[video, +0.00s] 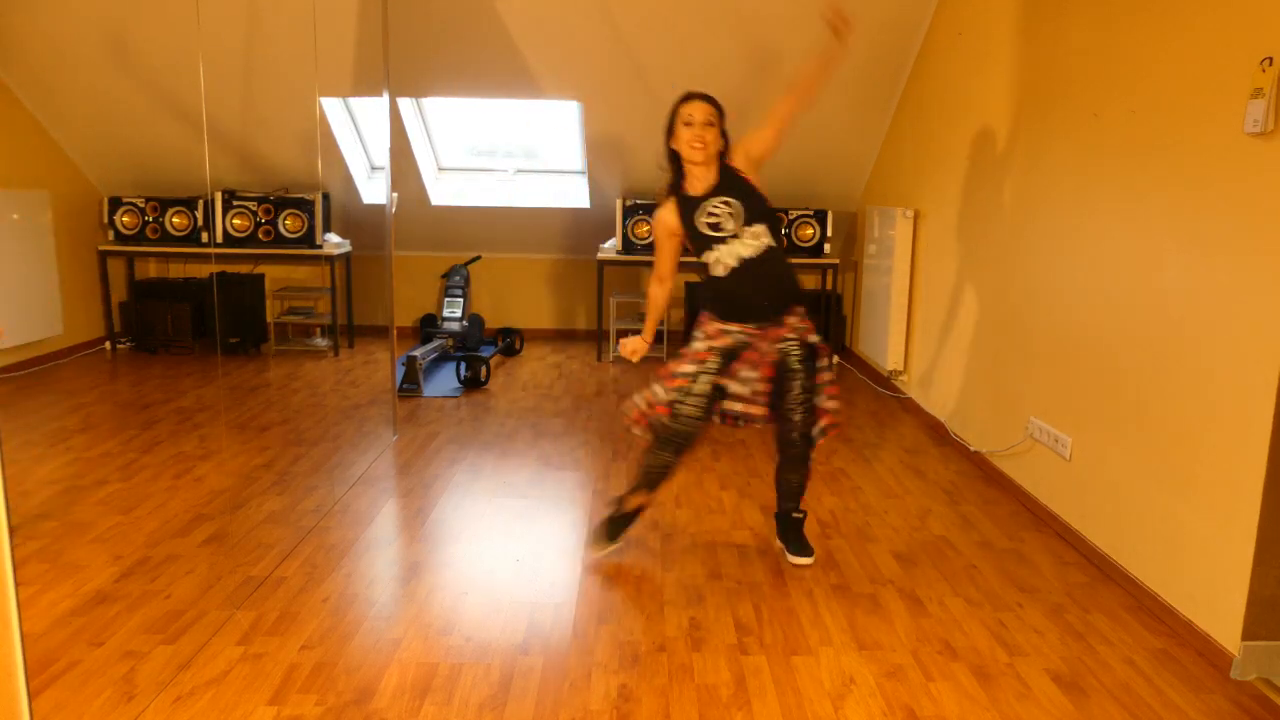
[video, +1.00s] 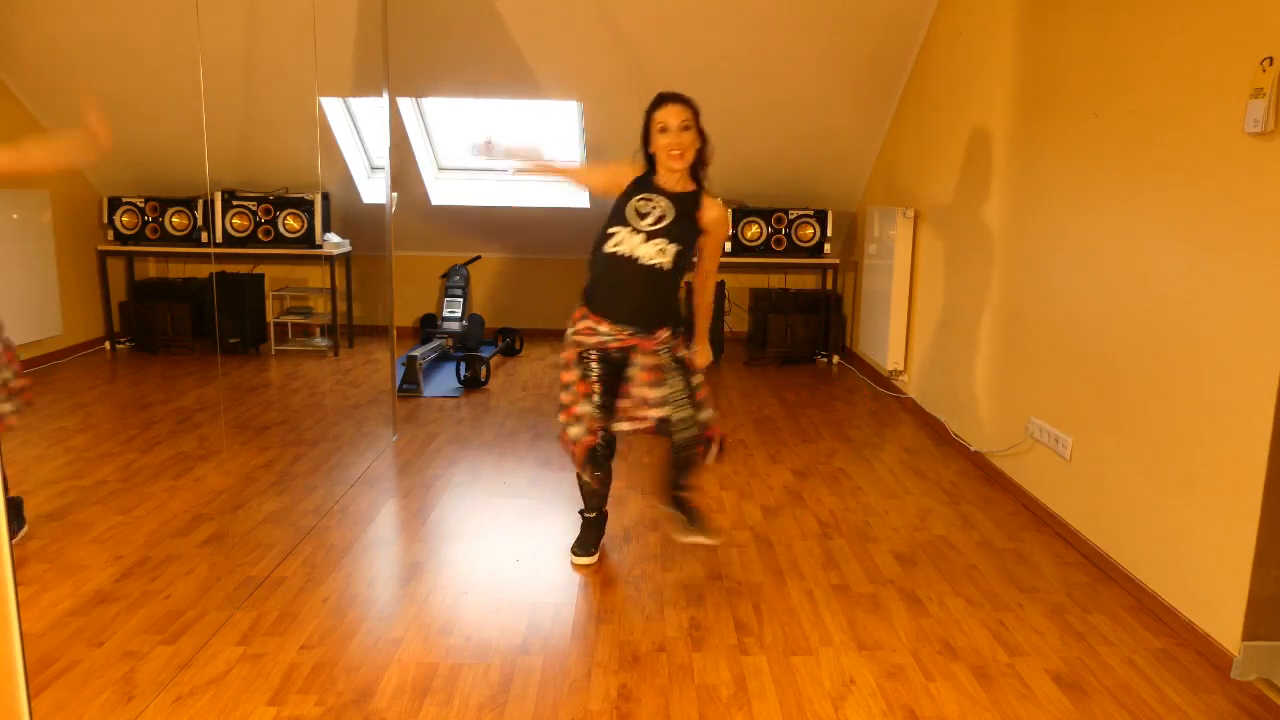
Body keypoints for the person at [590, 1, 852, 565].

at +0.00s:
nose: (699, 132)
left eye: (708, 124)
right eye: (689, 124)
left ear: (722, 135)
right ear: (672, 138)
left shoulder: (743, 166)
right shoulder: (672, 214)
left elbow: (794, 101)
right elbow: (661, 280)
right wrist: (646, 334)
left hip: (786, 319)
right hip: (724, 326)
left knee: (798, 429)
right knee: (681, 423)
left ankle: (791, 517)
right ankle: (633, 504)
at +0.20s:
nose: (728, 141)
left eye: (737, 132)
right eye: (716, 132)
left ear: (748, 142)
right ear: (699, 144)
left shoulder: (761, 189)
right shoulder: (701, 213)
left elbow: (806, 200)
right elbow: (699, 290)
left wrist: (845, 206)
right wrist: (699, 365)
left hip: (802, 330)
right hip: (754, 342)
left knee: (813, 441)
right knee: (796, 448)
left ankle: (793, 519)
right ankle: (766, 508)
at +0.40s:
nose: (743, 107)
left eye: (751, 97)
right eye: (730, 100)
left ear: (764, 107)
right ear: (716, 116)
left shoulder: (776, 166)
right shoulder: (718, 166)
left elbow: (827, 173)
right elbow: (741, 173)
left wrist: (855, 162)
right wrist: (761, 175)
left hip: (787, 303)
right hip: (736, 303)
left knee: (794, 400)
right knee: (732, 404)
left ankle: (787, 515)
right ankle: (711, 494)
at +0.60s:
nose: (740, 100)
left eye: (747, 91)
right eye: (728, 92)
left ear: (758, 103)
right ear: (707, 103)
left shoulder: (758, 160)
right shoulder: (709, 151)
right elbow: (715, 69)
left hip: (764, 309)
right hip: (714, 304)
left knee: (769, 420)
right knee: (669, 410)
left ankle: (780, 519)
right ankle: (608, 505)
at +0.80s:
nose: (708, 123)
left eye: (718, 114)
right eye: (696, 114)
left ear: (730, 127)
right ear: (678, 127)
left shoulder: (725, 190)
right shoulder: (662, 165)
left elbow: (711, 260)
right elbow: (616, 92)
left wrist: (721, 311)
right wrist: (579, 21)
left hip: (716, 327)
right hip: (658, 325)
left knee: (743, 428)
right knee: (636, 431)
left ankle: (774, 524)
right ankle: (596, 518)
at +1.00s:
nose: (675, 139)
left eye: (685, 128)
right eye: (663, 130)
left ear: (700, 137)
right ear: (649, 141)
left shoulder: (710, 213)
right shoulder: (626, 179)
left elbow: (705, 281)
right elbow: (567, 172)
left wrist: (701, 340)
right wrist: (517, 161)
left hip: (659, 336)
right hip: (598, 327)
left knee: (689, 429)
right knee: (590, 432)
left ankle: (678, 495)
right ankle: (592, 520)